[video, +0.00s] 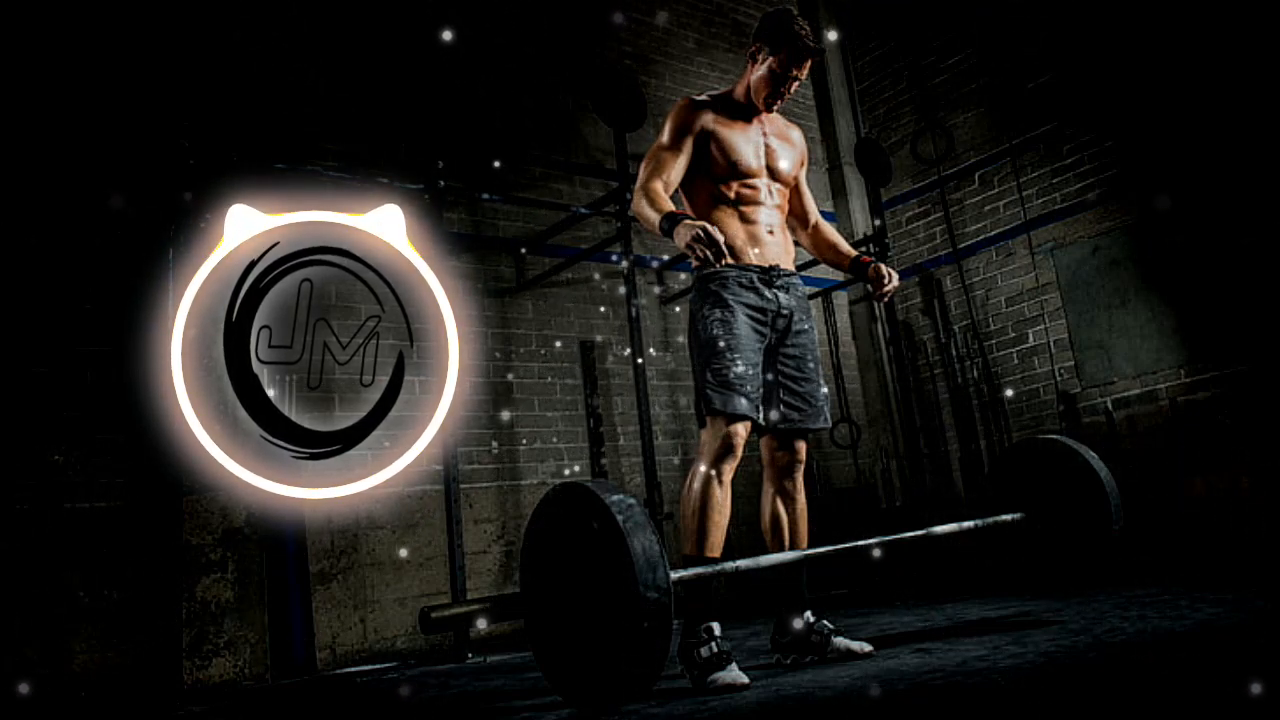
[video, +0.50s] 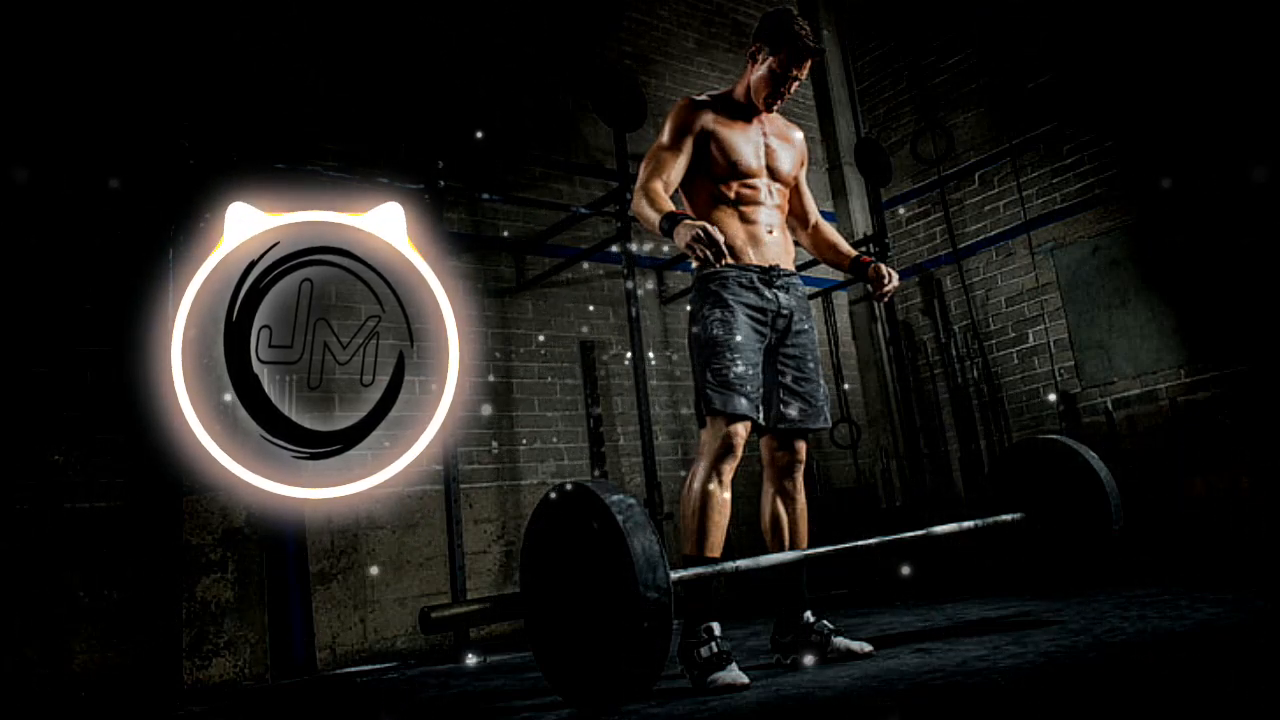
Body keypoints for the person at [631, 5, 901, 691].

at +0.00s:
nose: (789, 92)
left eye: (799, 82)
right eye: (785, 76)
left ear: (801, 77)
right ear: (756, 59)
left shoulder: (792, 136)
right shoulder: (697, 115)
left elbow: (809, 225)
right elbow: (645, 199)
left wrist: (860, 265)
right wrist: (676, 225)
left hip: (790, 296)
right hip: (730, 291)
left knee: (790, 453)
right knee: (728, 438)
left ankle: (797, 623)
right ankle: (698, 633)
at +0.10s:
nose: (789, 92)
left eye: (799, 82)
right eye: (785, 76)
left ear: (801, 77)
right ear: (756, 59)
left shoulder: (792, 137)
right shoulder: (697, 115)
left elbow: (809, 225)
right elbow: (645, 199)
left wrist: (860, 265)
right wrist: (676, 225)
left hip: (790, 296)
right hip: (730, 291)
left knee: (790, 453)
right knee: (729, 438)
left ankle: (797, 623)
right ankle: (698, 633)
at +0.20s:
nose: (788, 92)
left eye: (798, 82)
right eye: (785, 76)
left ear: (801, 77)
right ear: (756, 59)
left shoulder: (792, 137)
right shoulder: (697, 115)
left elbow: (809, 225)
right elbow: (645, 198)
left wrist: (861, 265)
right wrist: (676, 225)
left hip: (790, 296)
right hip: (730, 291)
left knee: (790, 454)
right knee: (729, 438)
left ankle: (797, 624)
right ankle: (698, 634)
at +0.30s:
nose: (789, 92)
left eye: (799, 82)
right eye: (785, 76)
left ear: (801, 77)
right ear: (756, 59)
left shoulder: (792, 137)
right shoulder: (697, 115)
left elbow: (809, 225)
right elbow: (645, 198)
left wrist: (861, 265)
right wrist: (675, 225)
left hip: (790, 296)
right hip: (730, 291)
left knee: (790, 454)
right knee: (729, 438)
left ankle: (798, 626)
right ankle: (698, 635)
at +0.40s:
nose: (788, 93)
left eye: (798, 82)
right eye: (785, 76)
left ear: (801, 77)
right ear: (756, 59)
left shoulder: (792, 137)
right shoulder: (697, 115)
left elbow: (809, 224)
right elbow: (645, 199)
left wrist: (861, 265)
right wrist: (675, 225)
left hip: (790, 296)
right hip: (730, 291)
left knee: (790, 454)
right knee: (729, 438)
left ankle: (798, 627)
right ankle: (699, 635)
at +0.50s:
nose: (788, 93)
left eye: (798, 82)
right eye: (785, 77)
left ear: (801, 77)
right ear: (756, 59)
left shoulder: (792, 137)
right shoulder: (697, 115)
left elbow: (809, 224)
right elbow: (645, 199)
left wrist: (861, 265)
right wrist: (676, 225)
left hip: (790, 296)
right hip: (730, 292)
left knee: (790, 454)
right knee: (729, 438)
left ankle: (798, 626)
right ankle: (699, 634)